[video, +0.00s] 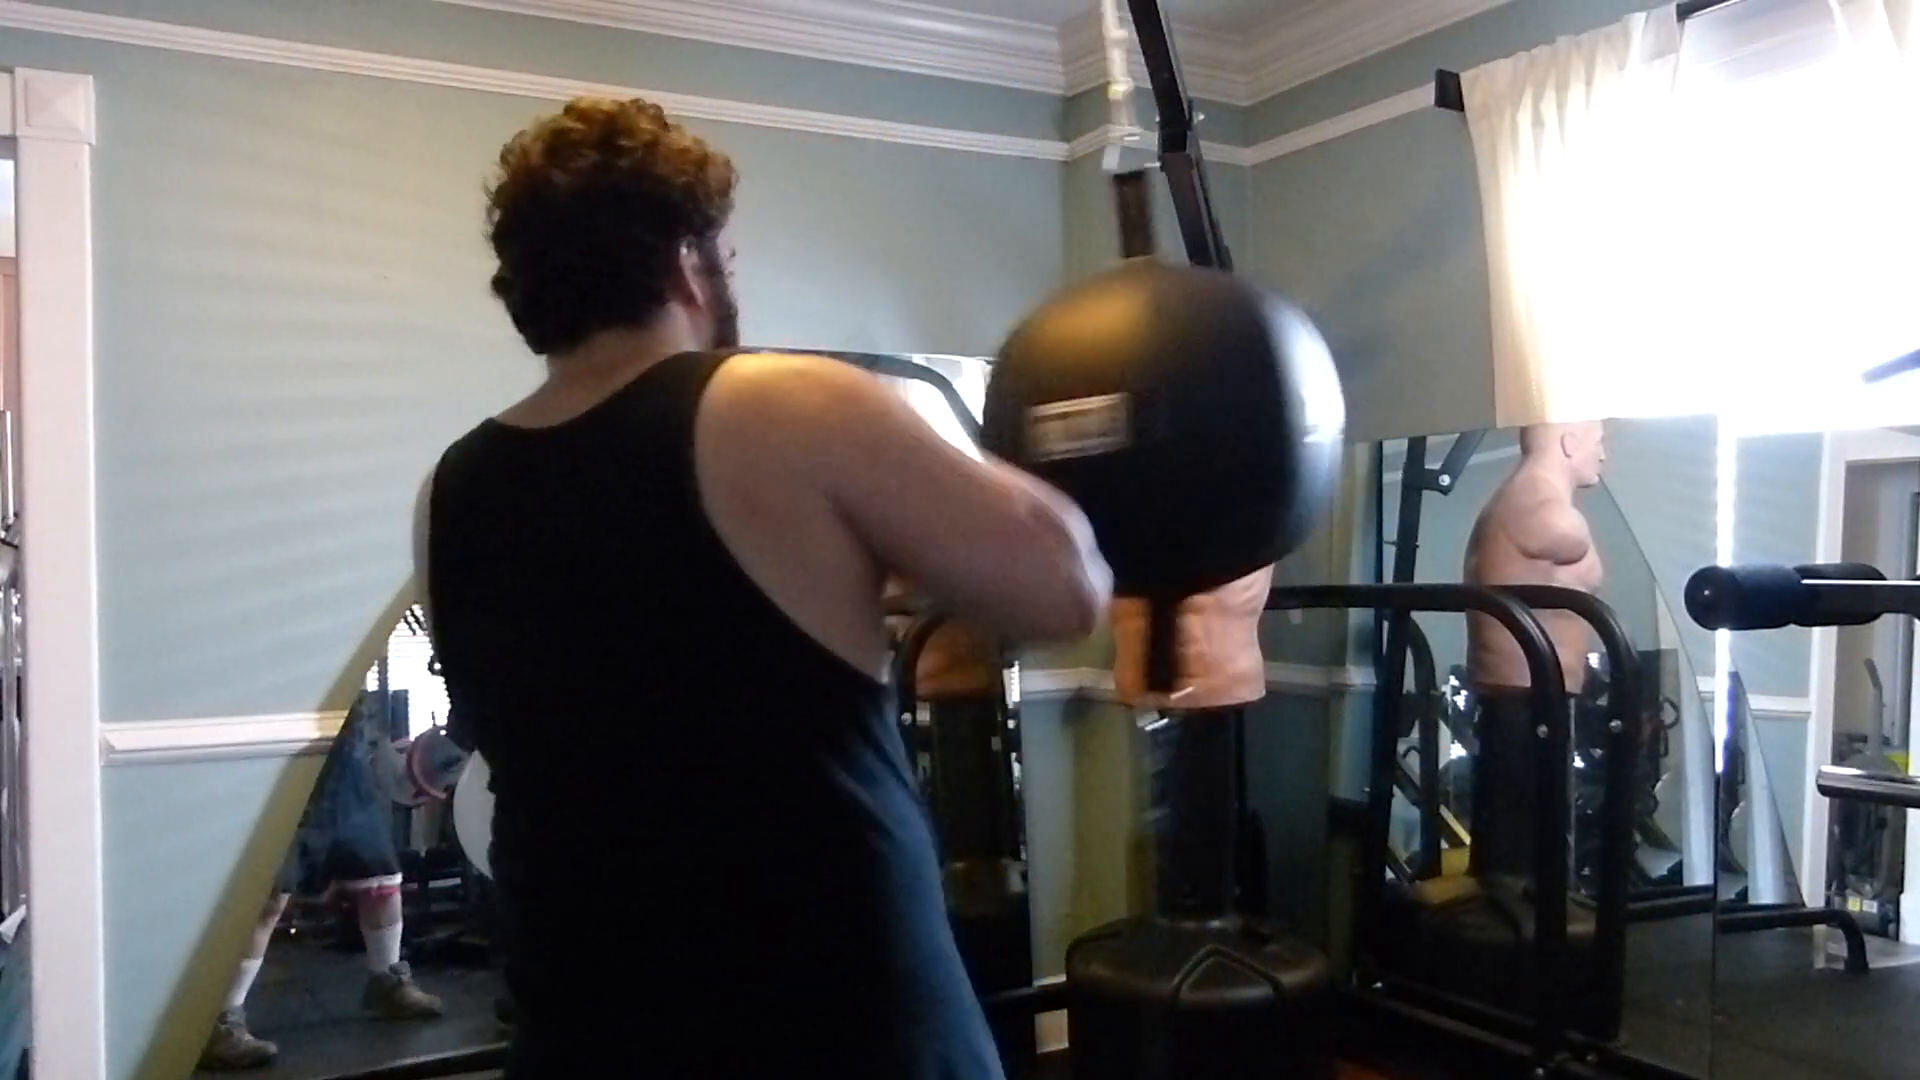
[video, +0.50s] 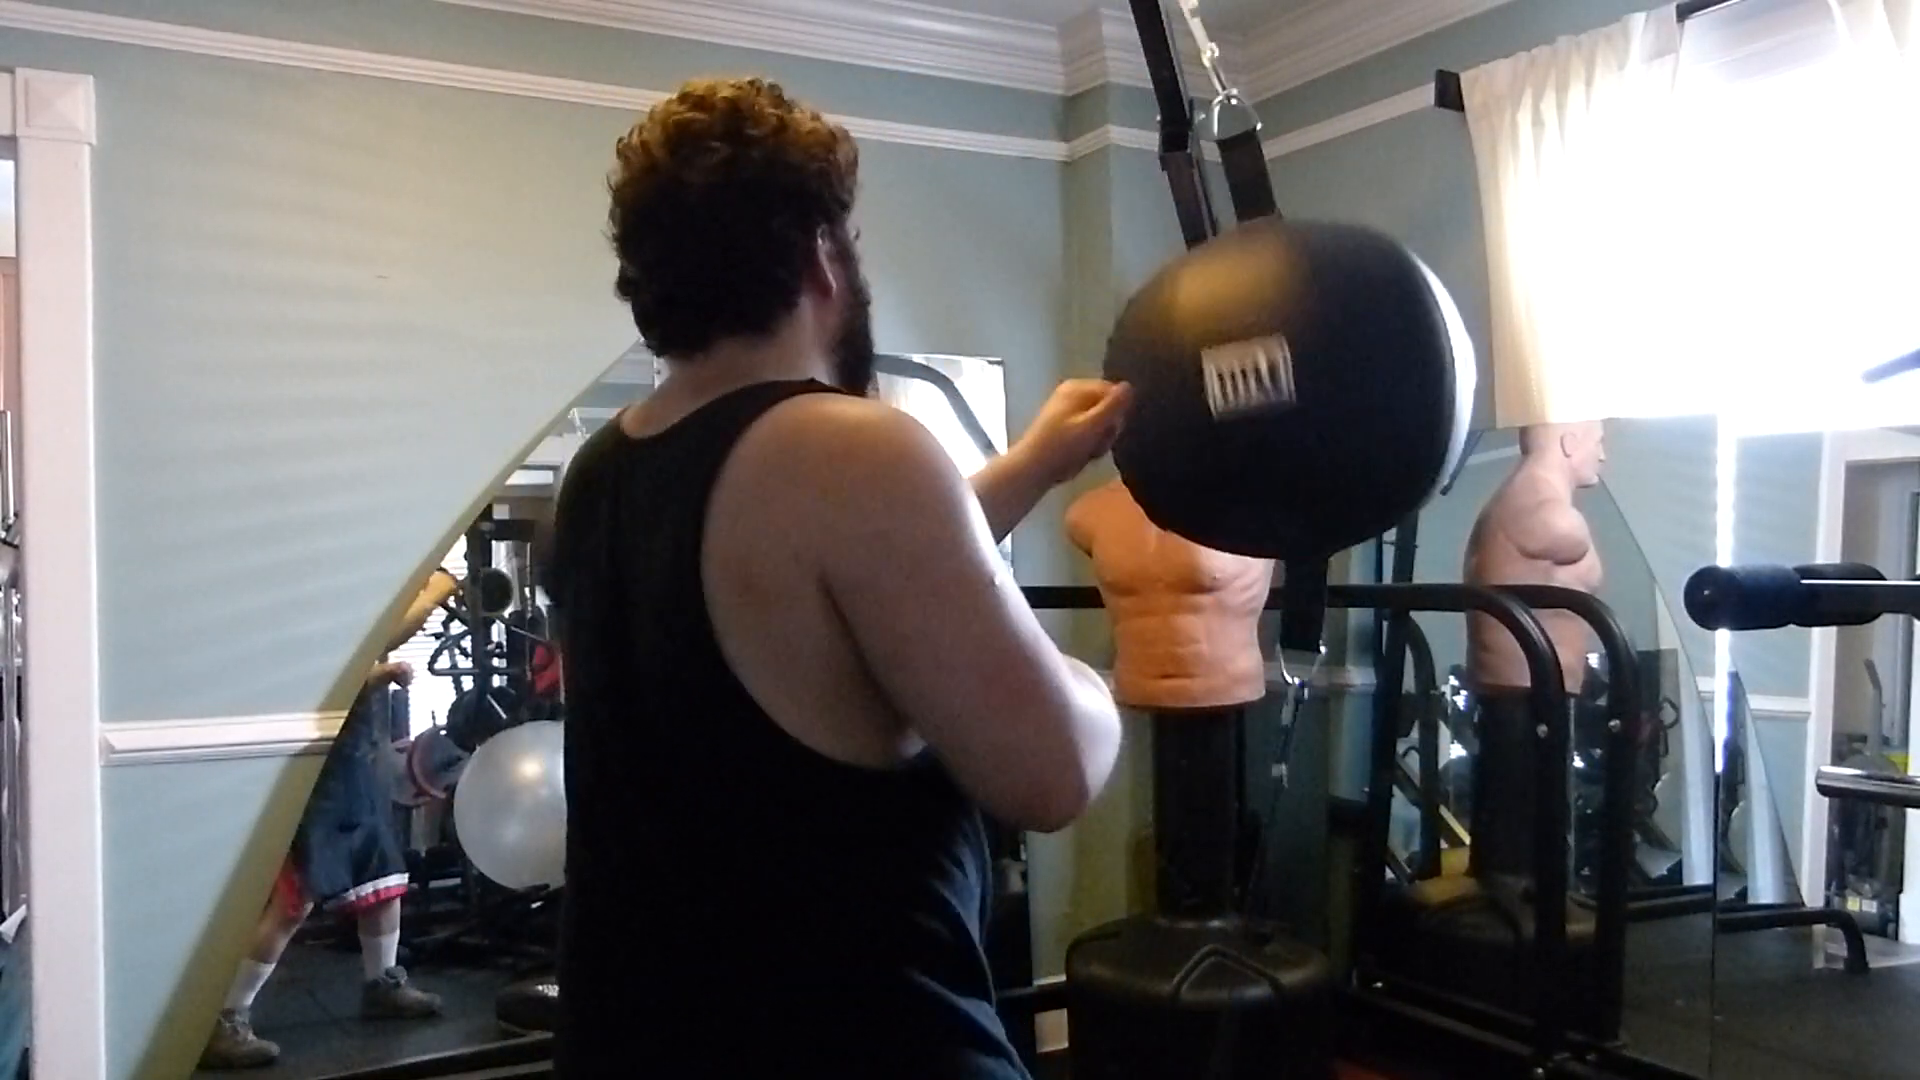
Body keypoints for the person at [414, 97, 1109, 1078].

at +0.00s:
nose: (735, 283)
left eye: (730, 254)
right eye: (726, 256)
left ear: (529, 291)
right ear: (687, 266)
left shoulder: (450, 495)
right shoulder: (799, 408)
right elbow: (1062, 592)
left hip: (582, 986)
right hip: (833, 981)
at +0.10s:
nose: (761, 270)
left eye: (751, 242)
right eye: (750, 242)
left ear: (555, 294)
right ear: (720, 260)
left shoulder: (483, 494)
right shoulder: (871, 391)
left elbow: (516, 691)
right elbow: (1115, 500)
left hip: (607, 1019)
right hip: (876, 1009)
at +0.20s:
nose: (793, 275)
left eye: (787, 247)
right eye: (785, 248)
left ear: (585, 283)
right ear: (760, 261)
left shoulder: (503, 485)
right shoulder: (901, 403)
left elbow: (526, 679)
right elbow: (1114, 584)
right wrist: (983, 466)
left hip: (634, 998)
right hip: (899, 990)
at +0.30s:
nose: (831, 275)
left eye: (826, 245)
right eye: (823, 246)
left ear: (622, 278)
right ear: (795, 262)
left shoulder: (549, 479)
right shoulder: (919, 431)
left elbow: (577, 716)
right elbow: (1118, 694)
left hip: (635, 1010)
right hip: (897, 1008)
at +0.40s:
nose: (859, 269)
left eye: (856, 241)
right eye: (854, 241)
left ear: (649, 280)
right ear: (821, 260)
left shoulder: (607, 469)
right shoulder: (896, 453)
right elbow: (1092, 762)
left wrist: (986, 460)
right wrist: (1140, 614)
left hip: (643, 1012)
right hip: (886, 1022)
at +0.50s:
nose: (857, 271)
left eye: (854, 244)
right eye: (853, 244)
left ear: (647, 276)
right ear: (822, 259)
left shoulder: (599, 474)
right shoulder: (861, 455)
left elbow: (815, 604)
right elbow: (1052, 777)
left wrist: (1036, 461)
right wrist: (1080, 679)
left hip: (637, 1020)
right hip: (875, 1029)